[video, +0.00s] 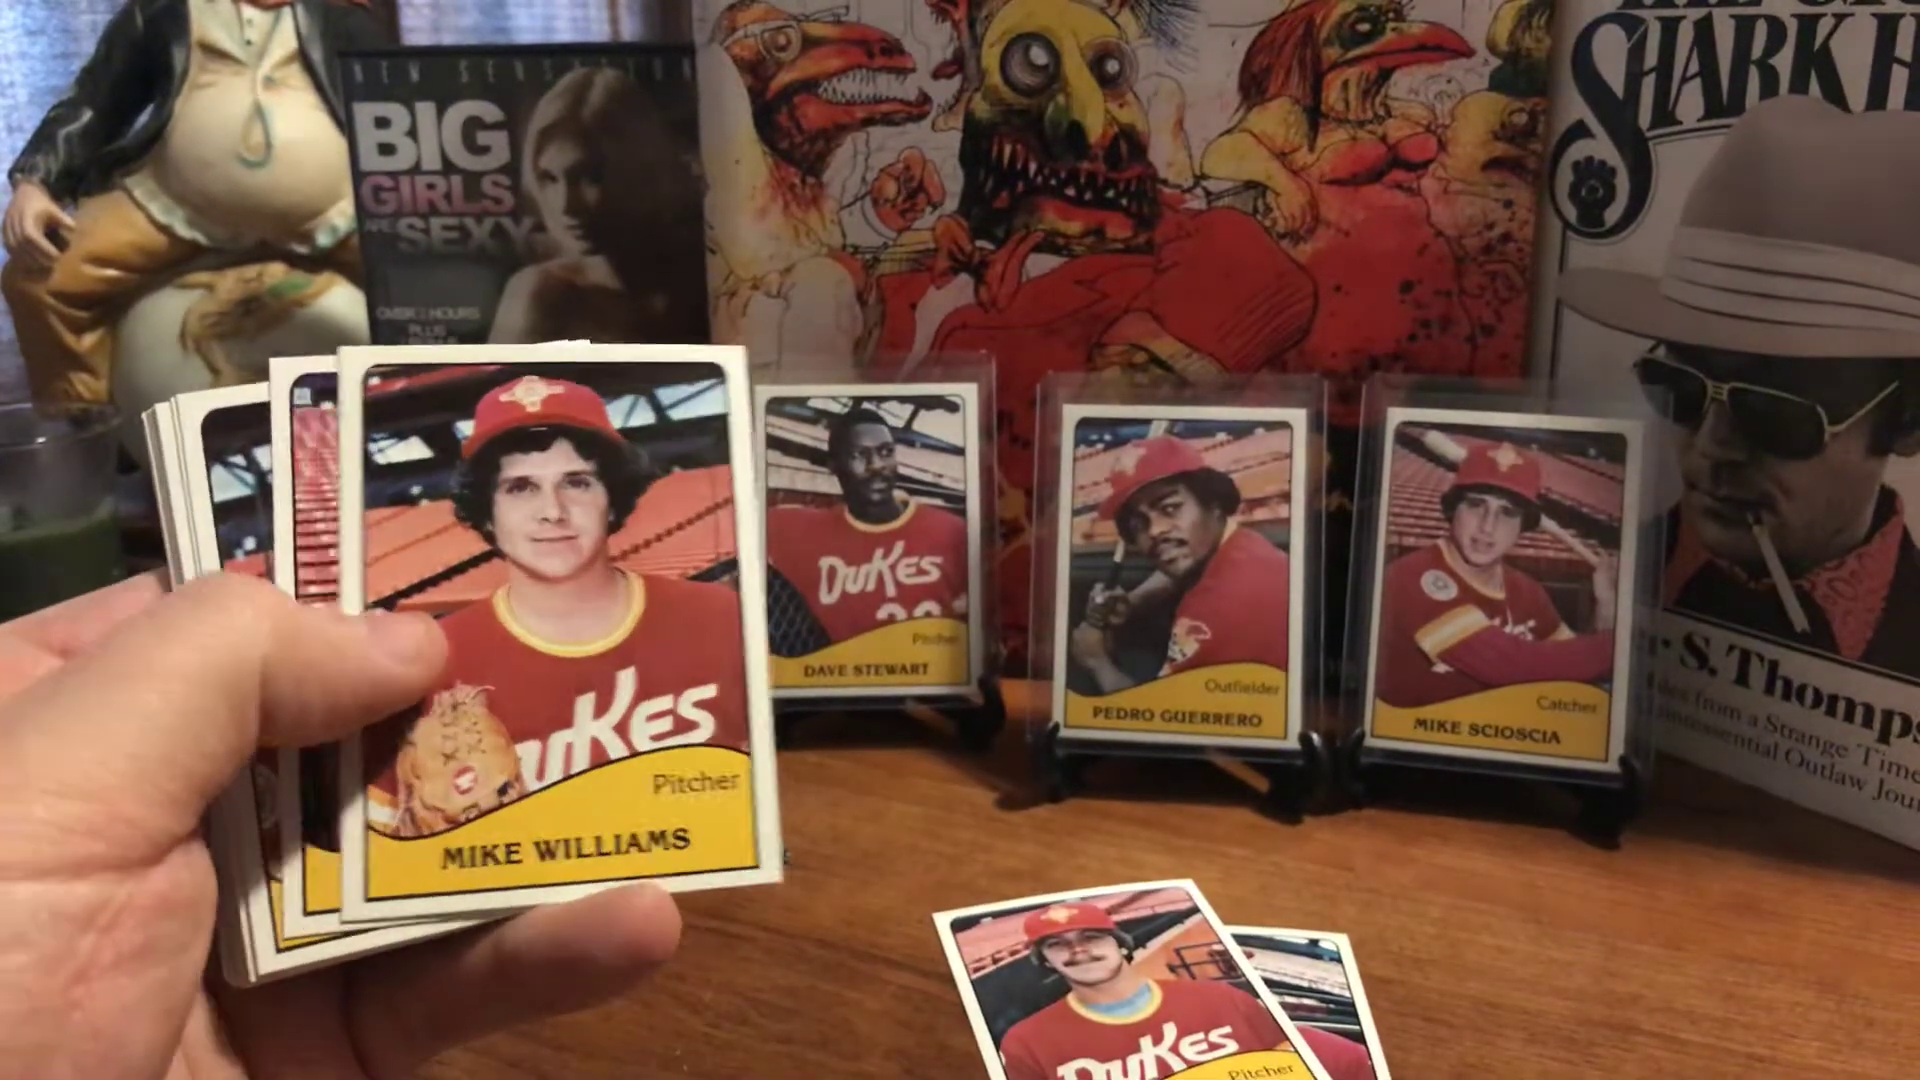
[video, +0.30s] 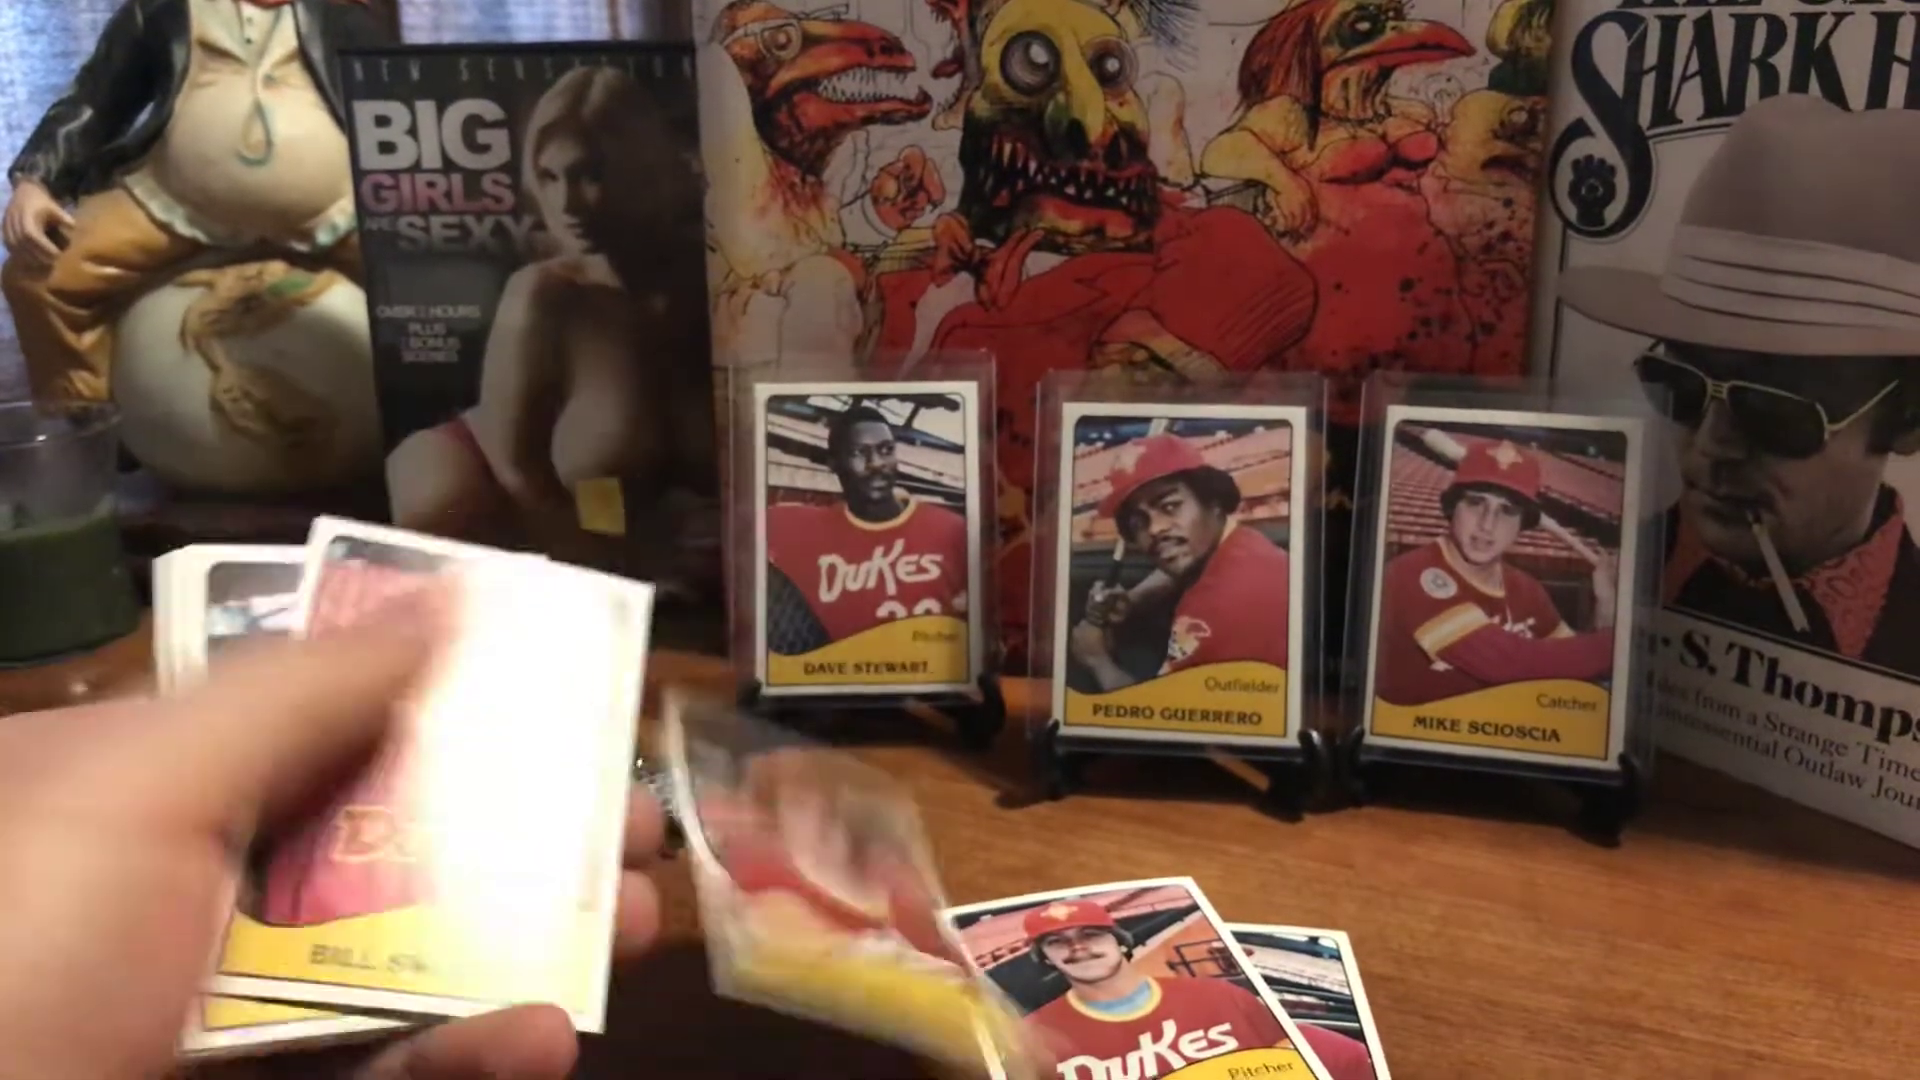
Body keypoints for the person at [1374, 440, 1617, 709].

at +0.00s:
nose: (1487, 526)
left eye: (1506, 513)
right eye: (1476, 505)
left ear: (1522, 527)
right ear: (1452, 509)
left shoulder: (1526, 592)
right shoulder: (1416, 578)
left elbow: (1579, 674)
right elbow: (1505, 665)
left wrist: (1606, 607)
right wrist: (1625, 642)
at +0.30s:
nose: (1486, 524)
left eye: (1506, 511)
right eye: (1475, 503)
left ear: (1521, 525)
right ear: (1452, 506)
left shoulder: (1525, 590)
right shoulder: (1415, 576)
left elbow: (1578, 674)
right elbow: (1503, 662)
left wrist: (1606, 607)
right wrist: (1626, 641)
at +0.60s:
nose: (1485, 527)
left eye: (1504, 513)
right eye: (1474, 505)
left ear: (1520, 527)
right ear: (1450, 509)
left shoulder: (1523, 591)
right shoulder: (1415, 578)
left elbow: (1578, 673)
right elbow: (1504, 665)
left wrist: (1604, 607)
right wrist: (1617, 642)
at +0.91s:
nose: (1485, 526)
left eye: (1504, 513)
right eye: (1473, 505)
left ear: (1520, 526)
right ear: (1450, 509)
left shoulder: (1523, 591)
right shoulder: (1414, 577)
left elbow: (1577, 671)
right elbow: (1505, 665)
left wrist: (1604, 607)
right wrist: (1616, 641)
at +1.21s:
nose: (1485, 527)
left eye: (1505, 513)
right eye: (1474, 505)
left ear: (1520, 526)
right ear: (1450, 509)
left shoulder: (1523, 591)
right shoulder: (1414, 578)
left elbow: (1578, 671)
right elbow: (1504, 665)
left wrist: (1604, 607)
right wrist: (1616, 643)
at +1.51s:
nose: (1485, 526)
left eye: (1504, 512)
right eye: (1474, 505)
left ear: (1520, 526)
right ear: (1450, 509)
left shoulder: (1523, 591)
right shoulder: (1413, 577)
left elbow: (1576, 673)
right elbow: (1505, 664)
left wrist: (1604, 607)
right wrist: (1618, 639)